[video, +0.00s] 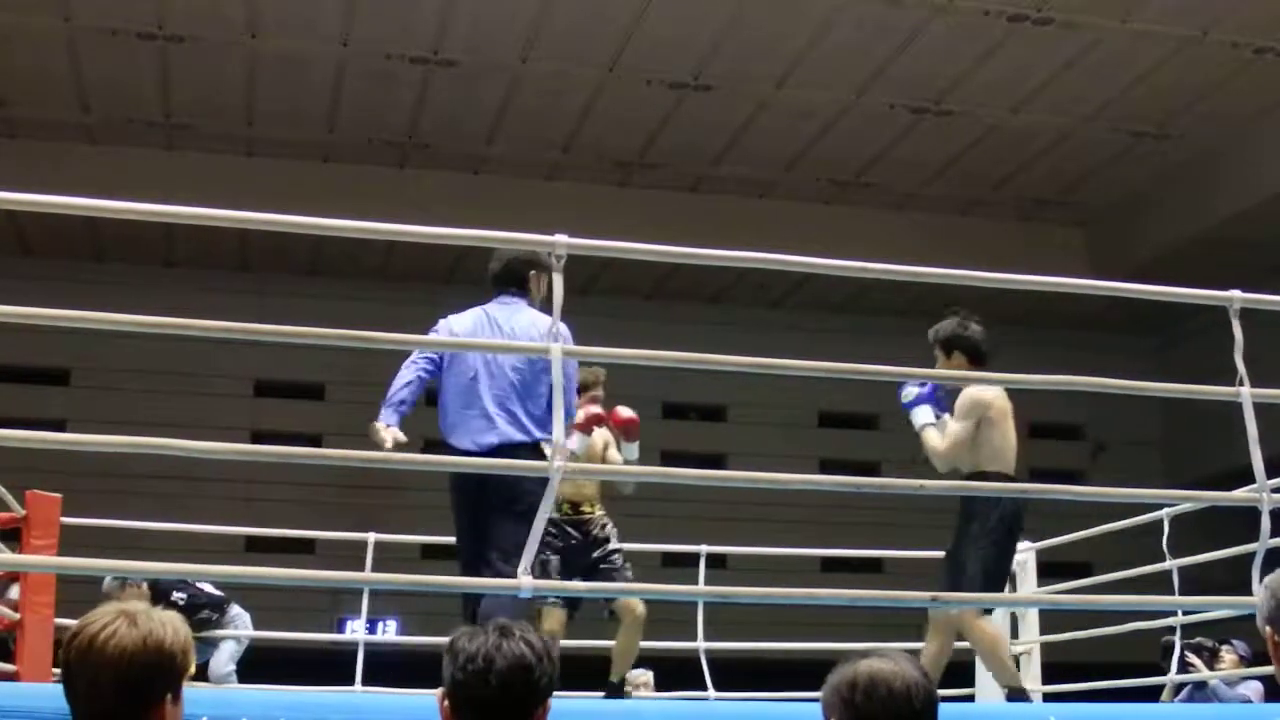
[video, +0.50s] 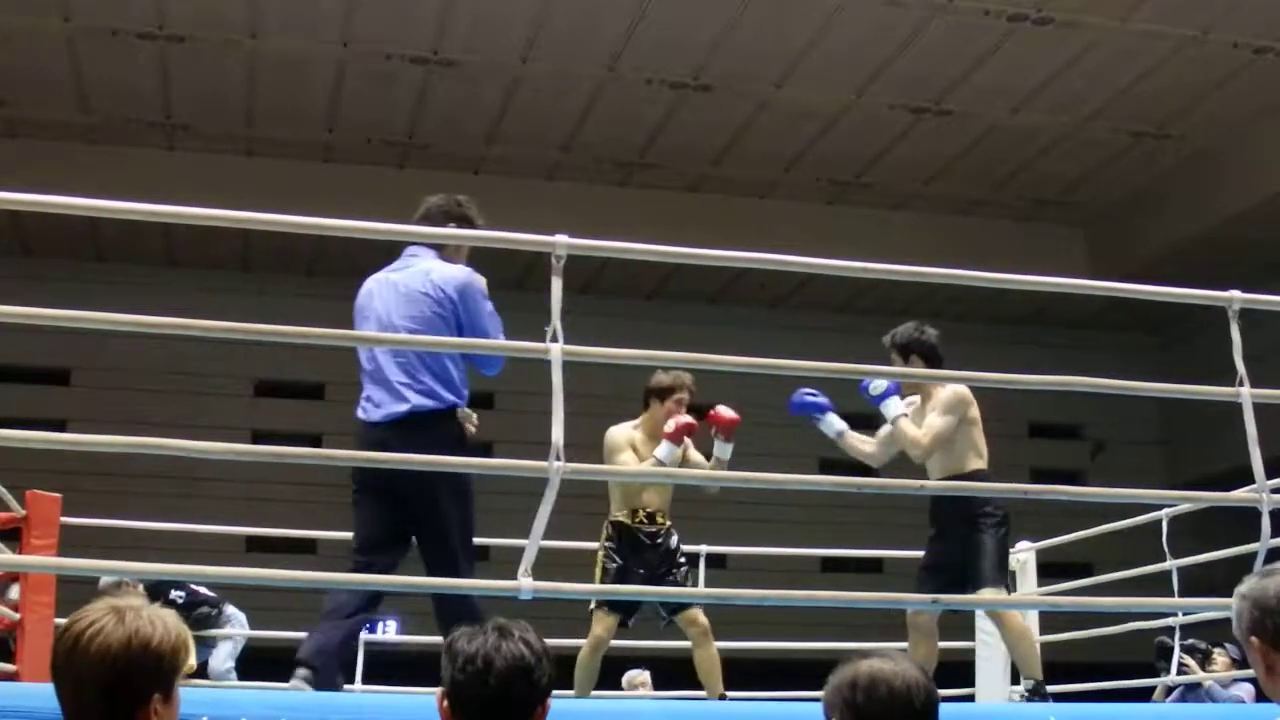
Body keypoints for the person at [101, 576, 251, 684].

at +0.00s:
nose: (123, 606)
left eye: (122, 599)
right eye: (118, 602)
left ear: (134, 588)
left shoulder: (173, 595)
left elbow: (222, 602)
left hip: (233, 620)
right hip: (204, 625)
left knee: (219, 671)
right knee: (173, 662)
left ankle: (236, 712)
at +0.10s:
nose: (126, 607)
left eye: (124, 600)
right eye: (121, 603)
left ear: (134, 588)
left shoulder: (171, 595)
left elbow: (220, 605)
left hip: (233, 622)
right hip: (204, 628)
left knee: (219, 671)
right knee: (174, 664)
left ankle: (237, 712)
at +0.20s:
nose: (124, 607)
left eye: (122, 600)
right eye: (119, 603)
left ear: (135, 586)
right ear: (136, 586)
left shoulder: (168, 592)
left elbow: (218, 606)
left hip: (231, 624)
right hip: (205, 630)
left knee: (217, 670)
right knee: (173, 665)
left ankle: (235, 712)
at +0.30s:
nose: (126, 607)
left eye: (123, 601)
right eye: (120, 604)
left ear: (134, 586)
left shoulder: (167, 592)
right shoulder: (148, 602)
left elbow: (216, 606)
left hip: (230, 623)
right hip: (202, 630)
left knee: (218, 671)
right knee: (176, 667)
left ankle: (236, 711)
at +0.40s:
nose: (124, 608)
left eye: (123, 601)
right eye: (118, 605)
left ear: (134, 588)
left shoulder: (163, 591)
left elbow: (214, 608)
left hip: (230, 621)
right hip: (202, 630)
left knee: (218, 669)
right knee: (177, 667)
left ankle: (236, 710)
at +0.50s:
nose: (123, 612)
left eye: (122, 604)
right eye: (117, 607)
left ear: (133, 590)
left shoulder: (160, 591)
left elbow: (212, 606)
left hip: (230, 620)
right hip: (203, 627)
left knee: (218, 668)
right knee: (178, 666)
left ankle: (237, 710)